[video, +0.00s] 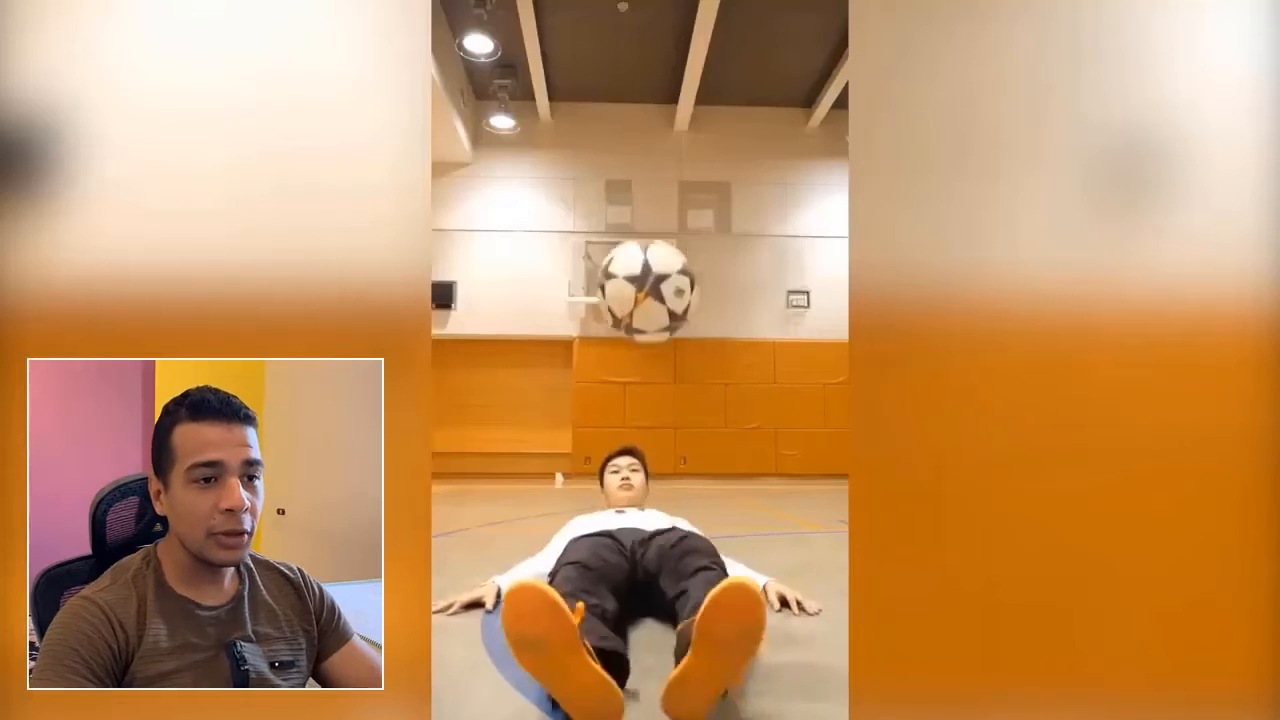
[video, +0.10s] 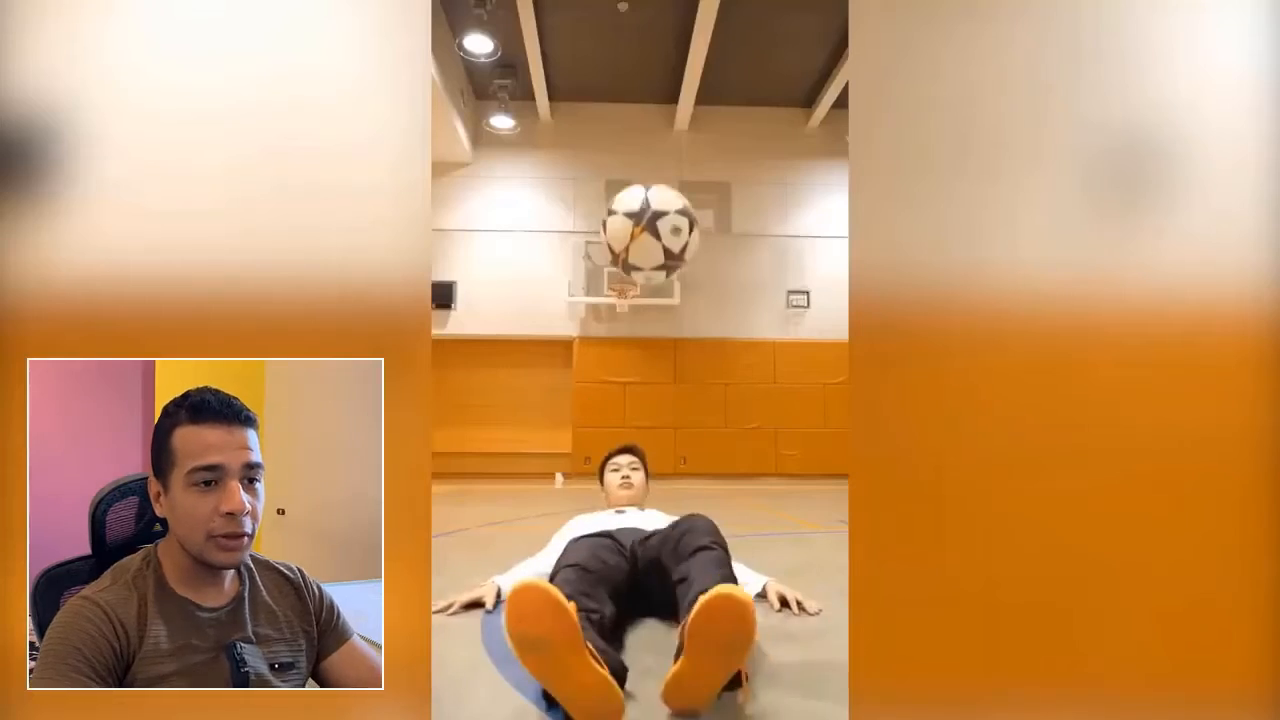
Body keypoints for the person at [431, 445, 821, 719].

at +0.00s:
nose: (625, 475)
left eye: (634, 471)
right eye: (615, 472)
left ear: (648, 487)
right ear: (601, 489)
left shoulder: (670, 522)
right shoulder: (583, 524)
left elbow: (719, 562)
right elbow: (540, 562)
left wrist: (770, 585)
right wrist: (493, 587)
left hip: (666, 547)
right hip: (594, 547)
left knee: (695, 564)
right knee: (582, 589)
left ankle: (703, 656)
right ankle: (588, 671)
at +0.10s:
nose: (625, 475)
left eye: (633, 470)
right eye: (615, 471)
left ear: (647, 485)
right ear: (601, 487)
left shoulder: (669, 522)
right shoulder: (583, 525)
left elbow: (718, 562)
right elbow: (540, 562)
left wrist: (769, 585)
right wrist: (493, 588)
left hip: (664, 565)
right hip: (599, 559)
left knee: (698, 528)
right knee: (579, 584)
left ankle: (704, 655)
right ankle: (588, 671)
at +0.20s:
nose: (625, 473)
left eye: (633, 469)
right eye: (615, 469)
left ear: (647, 484)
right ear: (601, 487)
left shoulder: (668, 515)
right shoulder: (582, 525)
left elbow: (717, 561)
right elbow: (539, 562)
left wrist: (768, 586)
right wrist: (492, 588)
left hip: (661, 565)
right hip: (596, 558)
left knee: (692, 485)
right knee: (578, 596)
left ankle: (688, 620)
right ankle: (590, 676)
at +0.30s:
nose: (626, 473)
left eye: (633, 470)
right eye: (616, 469)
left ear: (647, 485)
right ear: (601, 487)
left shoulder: (661, 515)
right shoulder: (582, 526)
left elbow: (714, 561)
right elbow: (539, 561)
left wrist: (766, 585)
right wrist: (493, 588)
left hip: (658, 556)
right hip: (592, 555)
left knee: (678, 452)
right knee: (577, 599)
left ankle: (678, 585)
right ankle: (590, 680)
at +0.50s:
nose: (628, 477)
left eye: (635, 473)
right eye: (618, 472)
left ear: (648, 486)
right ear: (603, 488)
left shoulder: (664, 527)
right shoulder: (585, 525)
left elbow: (715, 566)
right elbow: (539, 563)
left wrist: (764, 585)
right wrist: (494, 587)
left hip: (655, 562)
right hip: (585, 556)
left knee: (661, 439)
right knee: (575, 602)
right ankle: (586, 675)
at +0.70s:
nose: (622, 485)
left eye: (628, 485)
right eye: (611, 484)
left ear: (640, 498)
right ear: (596, 502)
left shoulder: (658, 521)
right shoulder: (581, 529)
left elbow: (711, 563)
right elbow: (535, 567)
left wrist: (758, 584)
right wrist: (494, 585)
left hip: (659, 552)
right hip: (586, 547)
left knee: (666, 434)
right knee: (569, 582)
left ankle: (658, 312)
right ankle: (588, 670)